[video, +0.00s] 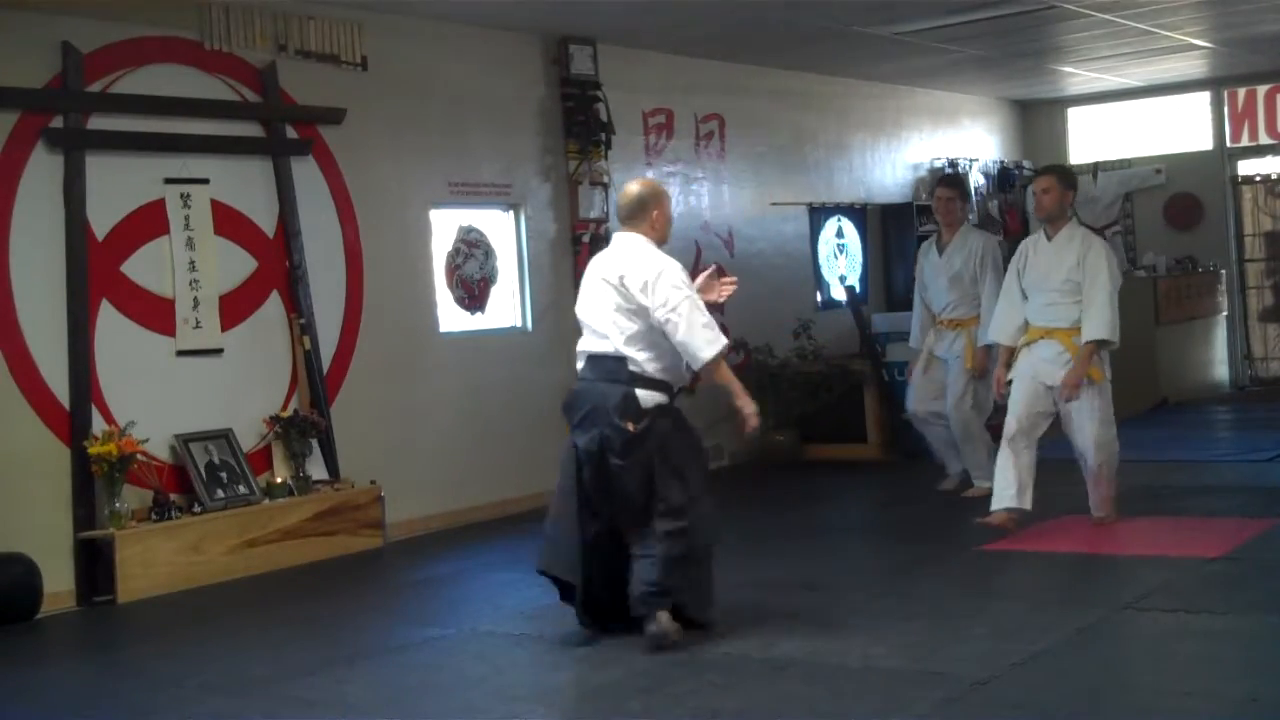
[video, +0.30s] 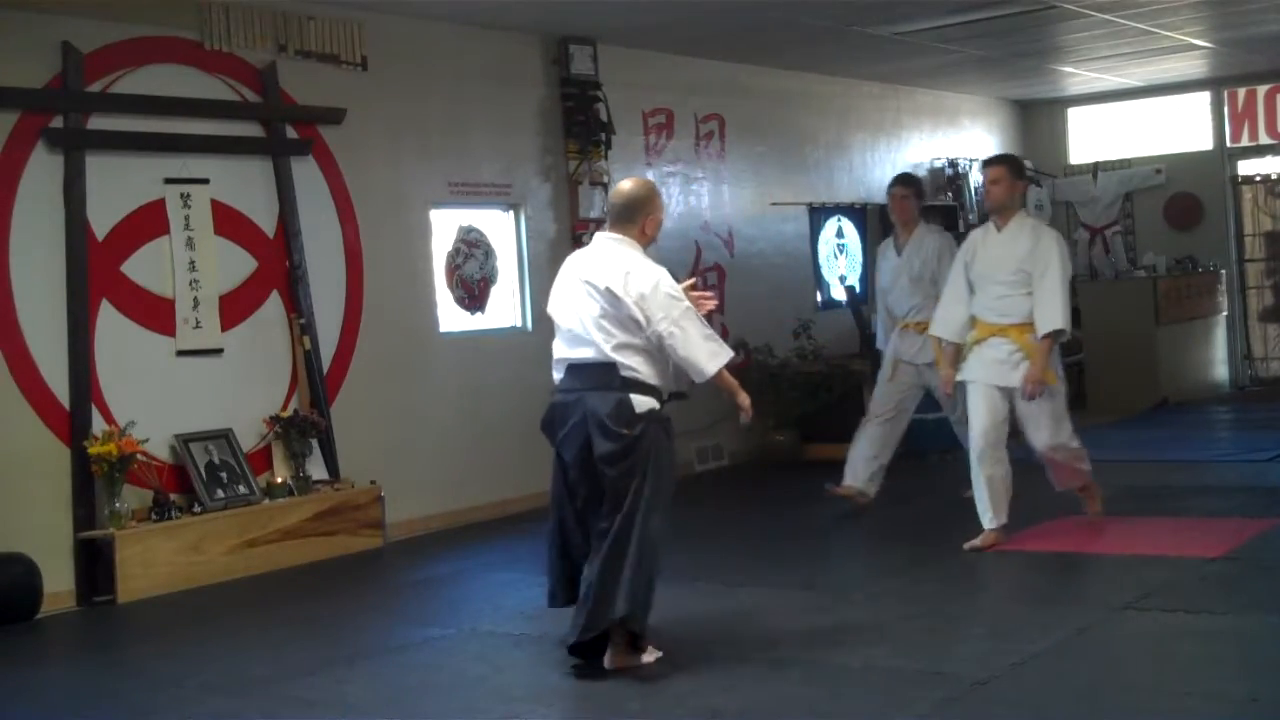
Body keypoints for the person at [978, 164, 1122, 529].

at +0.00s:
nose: (1037, 200)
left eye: (1045, 193)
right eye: (1034, 194)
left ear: (1069, 197)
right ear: (1033, 200)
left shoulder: (1093, 247)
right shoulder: (1027, 249)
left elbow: (1100, 309)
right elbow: (1011, 305)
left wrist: (1080, 365)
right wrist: (1002, 362)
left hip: (1080, 351)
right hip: (1035, 350)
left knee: (1094, 439)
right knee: (1016, 428)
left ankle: (1102, 507)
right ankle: (1008, 508)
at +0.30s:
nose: (986, 191)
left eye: (994, 183)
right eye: (984, 185)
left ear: (1019, 188)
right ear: (983, 191)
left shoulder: (1044, 239)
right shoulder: (974, 242)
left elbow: (1052, 302)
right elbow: (955, 300)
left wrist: (1040, 362)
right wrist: (946, 362)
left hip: (1029, 345)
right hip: (982, 347)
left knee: (1049, 441)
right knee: (983, 438)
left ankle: (1084, 485)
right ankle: (992, 526)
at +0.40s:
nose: (970, 188)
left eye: (979, 181)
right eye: (968, 182)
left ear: (1003, 185)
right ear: (966, 188)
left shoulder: (1030, 237)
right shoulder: (959, 240)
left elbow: (1039, 298)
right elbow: (939, 297)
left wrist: (1034, 357)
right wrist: (927, 357)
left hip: (1013, 347)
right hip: (968, 347)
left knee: (1016, 440)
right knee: (972, 440)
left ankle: (1047, 492)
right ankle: (987, 528)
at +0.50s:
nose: (958, 187)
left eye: (967, 179)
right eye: (955, 181)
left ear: (991, 183)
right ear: (954, 187)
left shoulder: (1017, 236)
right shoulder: (945, 240)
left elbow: (1029, 296)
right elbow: (925, 294)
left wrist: (1028, 355)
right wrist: (910, 350)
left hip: (1000, 346)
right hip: (956, 347)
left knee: (990, 436)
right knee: (958, 442)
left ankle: (1004, 518)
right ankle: (976, 526)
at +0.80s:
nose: (932, 184)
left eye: (941, 176)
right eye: (929, 178)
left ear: (965, 180)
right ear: (928, 184)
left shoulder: (989, 236)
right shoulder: (916, 236)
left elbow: (1006, 303)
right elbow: (897, 297)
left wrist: (1012, 370)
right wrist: (887, 352)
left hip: (966, 352)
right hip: (919, 355)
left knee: (950, 450)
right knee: (933, 452)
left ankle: (936, 549)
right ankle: (981, 514)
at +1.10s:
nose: (912, 179)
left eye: (921, 171)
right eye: (909, 172)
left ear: (948, 177)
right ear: (908, 178)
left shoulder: (969, 234)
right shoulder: (896, 232)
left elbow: (981, 303)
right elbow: (875, 295)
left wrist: (973, 364)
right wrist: (864, 356)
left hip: (944, 354)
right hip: (894, 355)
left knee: (942, 455)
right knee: (884, 453)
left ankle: (939, 549)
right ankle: (910, 540)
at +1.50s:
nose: (891, 188)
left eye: (900, 180)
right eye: (887, 181)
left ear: (926, 185)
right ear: (885, 187)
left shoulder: (948, 245)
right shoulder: (872, 243)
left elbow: (949, 310)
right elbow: (851, 307)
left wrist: (916, 349)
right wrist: (844, 364)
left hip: (928, 367)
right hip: (873, 370)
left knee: (940, 471)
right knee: (859, 465)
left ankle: (939, 556)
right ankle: (883, 563)